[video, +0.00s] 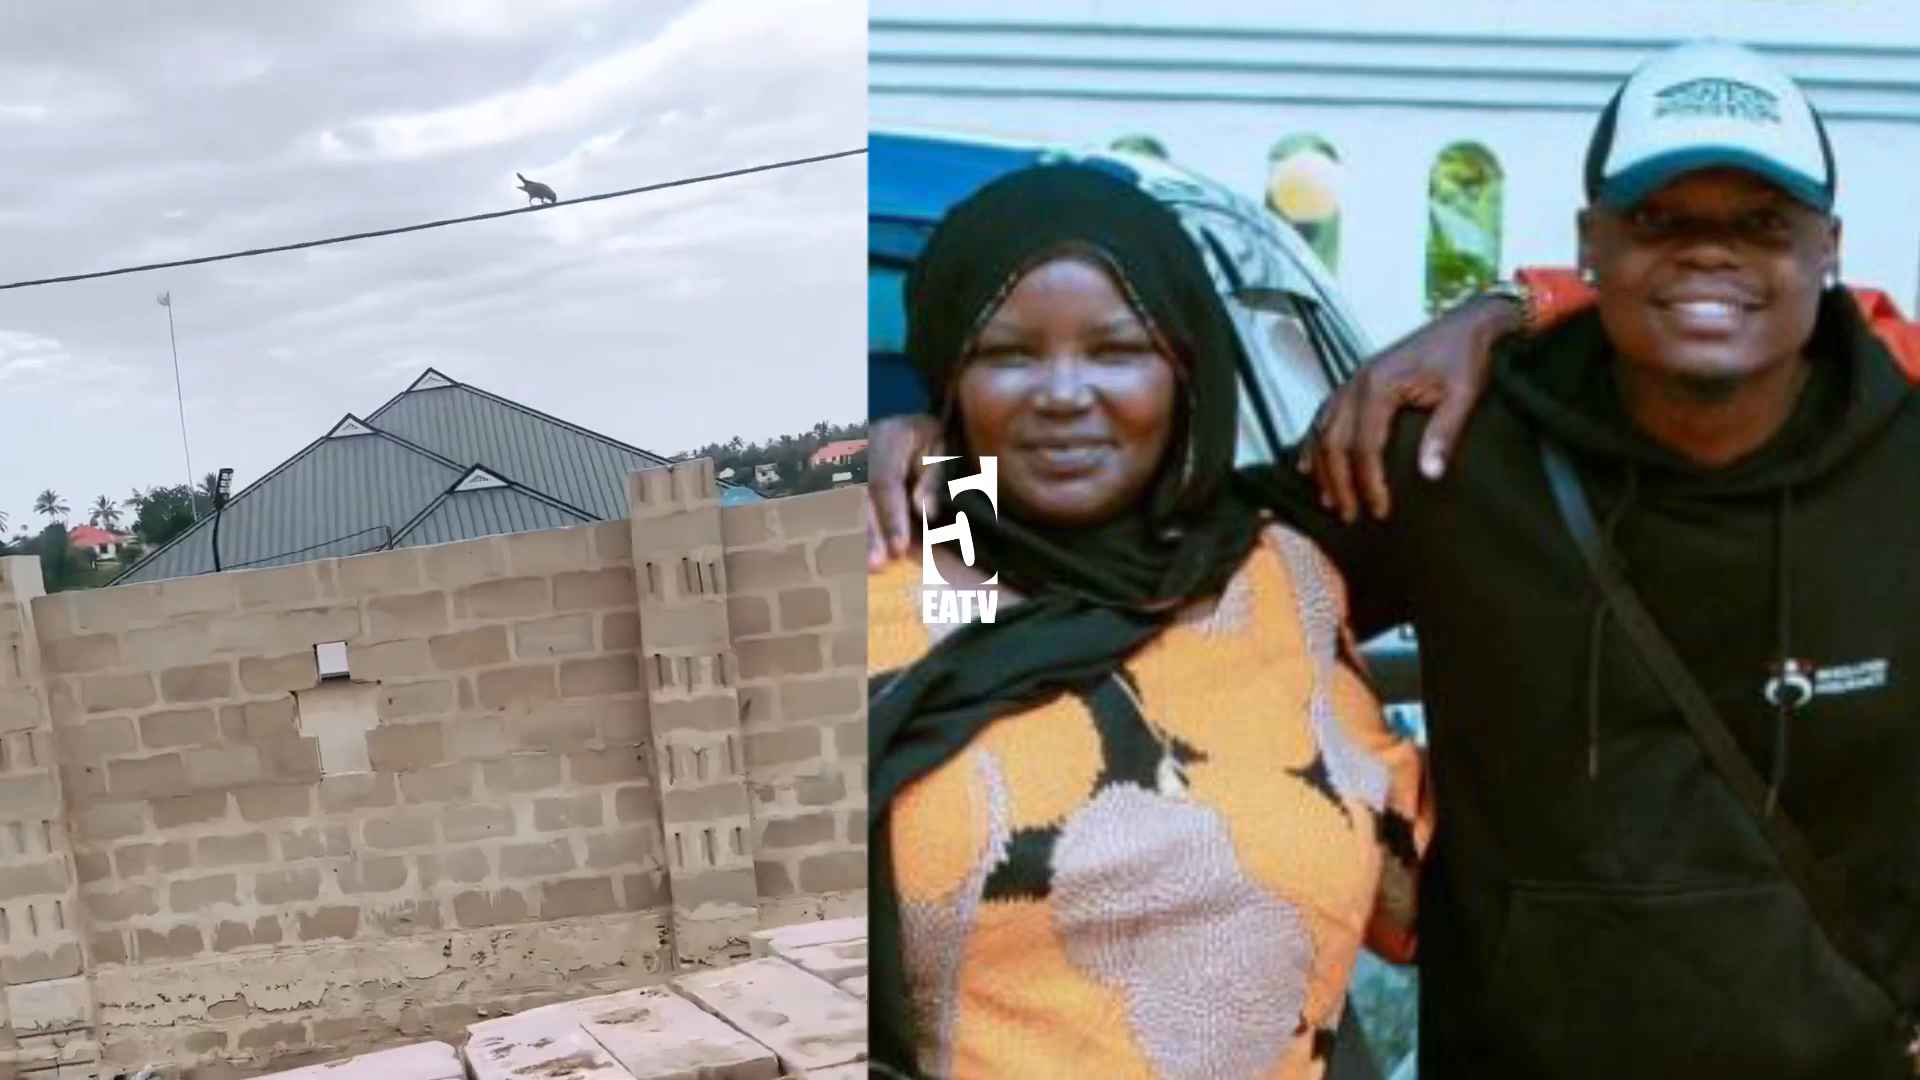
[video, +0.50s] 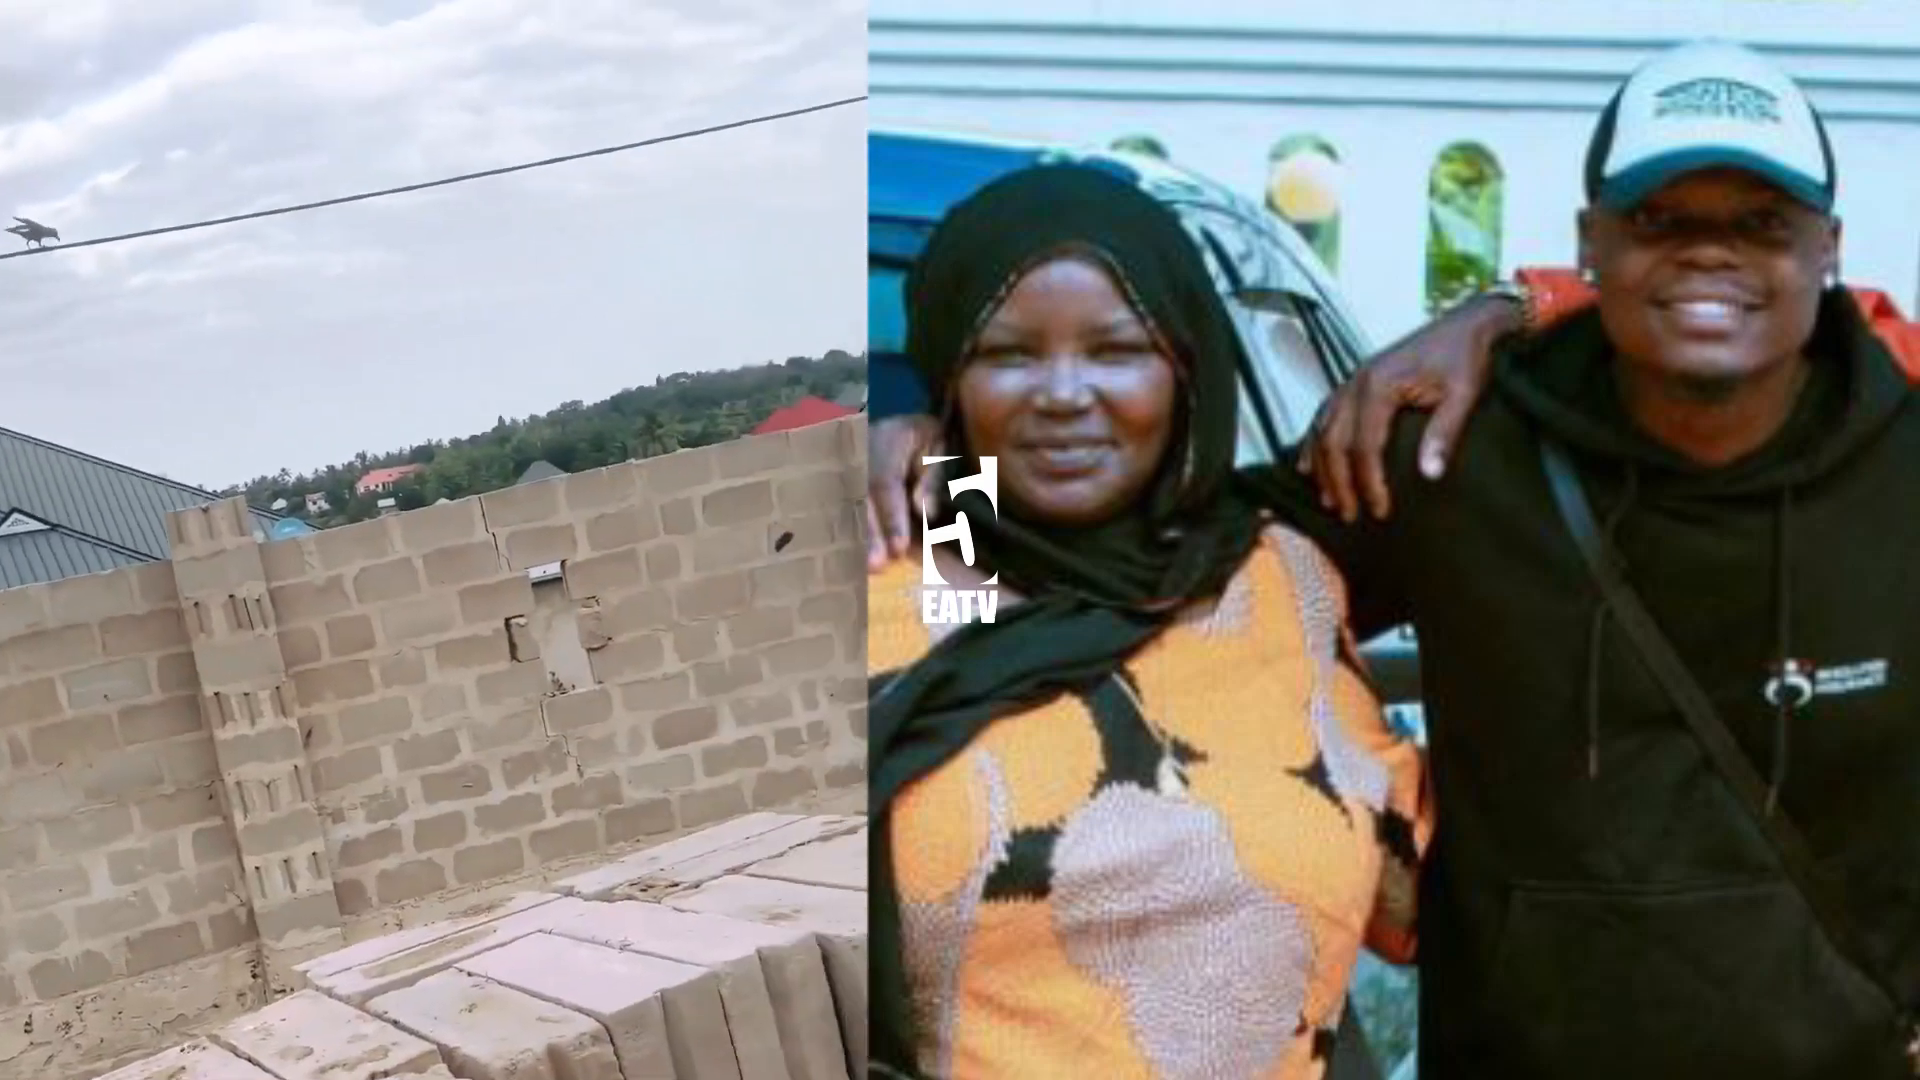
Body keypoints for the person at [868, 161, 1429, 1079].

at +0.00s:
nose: (1062, 397)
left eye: (1115, 351)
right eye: (1011, 354)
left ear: (1187, 372)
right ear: (950, 387)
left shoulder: (1284, 585)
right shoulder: (863, 612)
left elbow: (1426, 888)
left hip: (1282, 1059)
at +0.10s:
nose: (1062, 397)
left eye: (1115, 351)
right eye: (1011, 354)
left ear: (1187, 372)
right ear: (949, 386)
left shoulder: (1284, 586)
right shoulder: (866, 617)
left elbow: (1426, 888)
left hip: (1283, 1059)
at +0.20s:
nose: (1062, 397)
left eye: (1115, 351)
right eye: (1011, 354)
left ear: (1188, 372)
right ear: (949, 386)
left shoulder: (1283, 586)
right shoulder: (867, 619)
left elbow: (1425, 887)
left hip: (1282, 1059)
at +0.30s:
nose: (1062, 397)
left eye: (1115, 351)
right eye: (1011, 354)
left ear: (1187, 372)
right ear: (949, 387)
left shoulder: (1283, 585)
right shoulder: (863, 614)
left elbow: (1425, 887)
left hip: (1283, 1059)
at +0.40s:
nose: (1062, 397)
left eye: (1115, 351)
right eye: (1011, 354)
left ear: (1187, 372)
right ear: (949, 387)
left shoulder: (1283, 585)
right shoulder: (865, 615)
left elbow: (1425, 887)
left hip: (1282, 1059)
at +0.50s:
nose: (1062, 397)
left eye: (1115, 351)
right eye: (1011, 354)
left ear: (1188, 372)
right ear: (949, 387)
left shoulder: (1283, 585)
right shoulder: (862, 614)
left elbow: (1425, 886)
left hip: (1282, 1059)